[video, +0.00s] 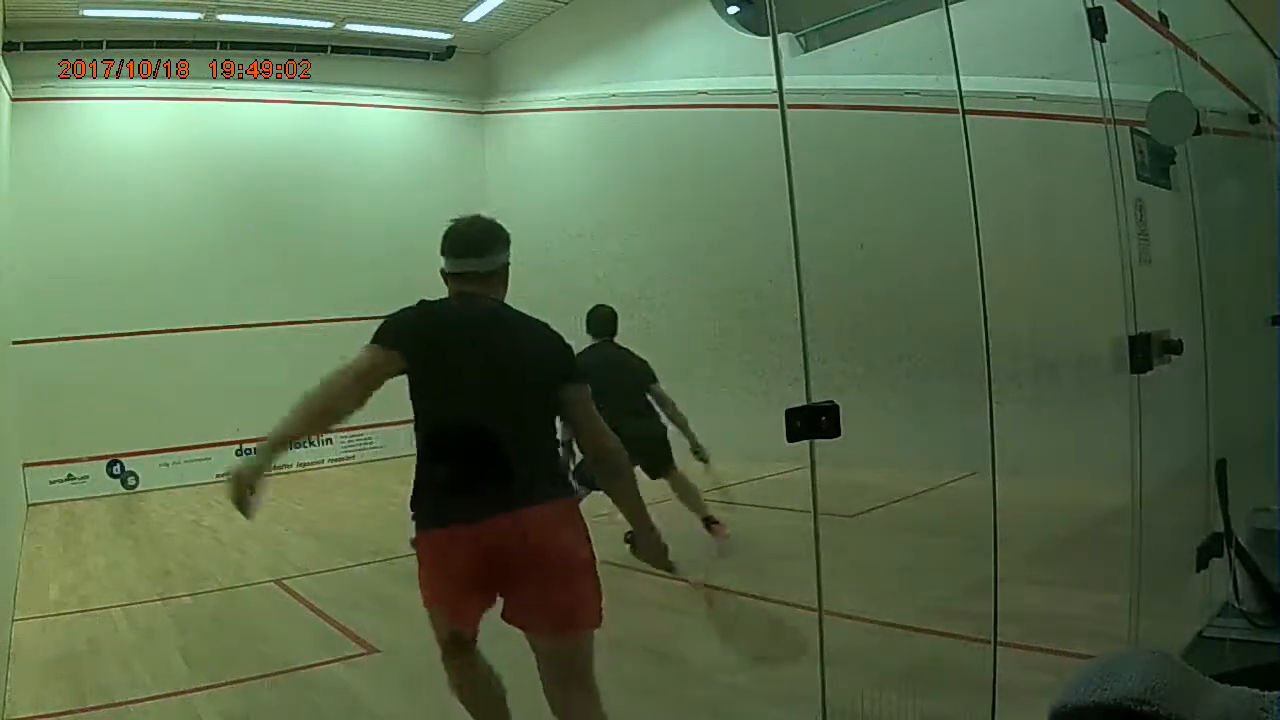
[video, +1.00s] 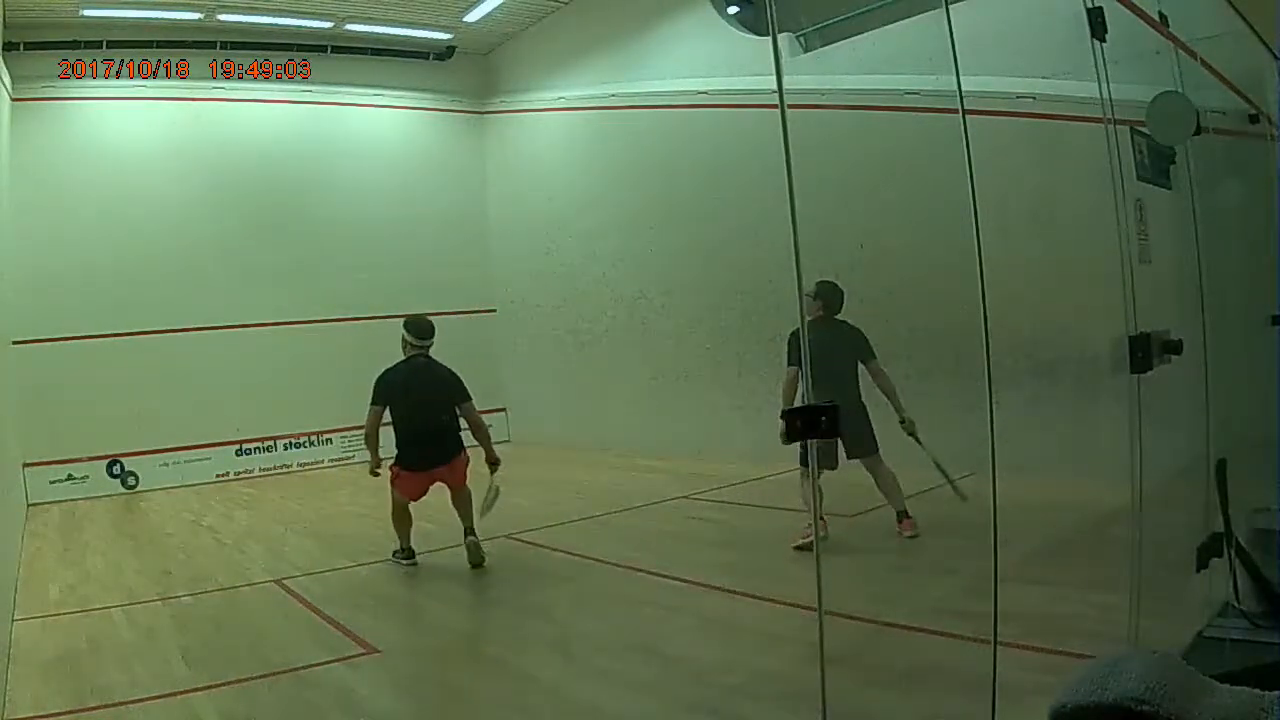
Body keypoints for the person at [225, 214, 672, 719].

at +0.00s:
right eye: (499, 270)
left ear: (446, 273)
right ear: (506, 273)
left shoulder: (413, 325)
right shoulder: (543, 340)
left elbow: (346, 389)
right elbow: (601, 447)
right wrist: (642, 527)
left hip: (450, 534)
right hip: (547, 527)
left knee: (460, 650)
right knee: (573, 687)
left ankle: (499, 718)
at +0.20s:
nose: (505, 289)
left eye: (504, 281)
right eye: (504, 281)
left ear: (449, 282)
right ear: (495, 280)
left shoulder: (413, 346)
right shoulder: (521, 333)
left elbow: (396, 448)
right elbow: (562, 424)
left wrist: (414, 515)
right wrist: (601, 497)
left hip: (459, 516)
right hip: (533, 502)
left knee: (492, 642)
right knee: (547, 600)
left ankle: (523, 716)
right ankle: (563, 681)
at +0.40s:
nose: (503, 282)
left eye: (497, 275)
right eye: (502, 275)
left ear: (457, 275)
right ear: (497, 274)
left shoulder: (424, 320)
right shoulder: (508, 319)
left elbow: (390, 397)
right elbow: (546, 397)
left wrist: (424, 429)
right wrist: (578, 459)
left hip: (449, 465)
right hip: (511, 455)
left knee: (482, 571)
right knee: (530, 555)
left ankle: (496, 653)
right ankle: (529, 653)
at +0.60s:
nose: (468, 297)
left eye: (453, 292)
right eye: (469, 291)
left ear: (436, 293)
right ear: (471, 292)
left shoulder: (415, 334)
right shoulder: (491, 331)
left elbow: (368, 379)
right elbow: (523, 396)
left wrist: (391, 432)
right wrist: (544, 445)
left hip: (442, 450)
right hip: (495, 443)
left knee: (456, 520)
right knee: (512, 534)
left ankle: (476, 600)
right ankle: (524, 621)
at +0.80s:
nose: (439, 315)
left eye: (429, 311)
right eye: (448, 310)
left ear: (424, 313)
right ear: (455, 312)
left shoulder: (408, 350)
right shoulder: (471, 348)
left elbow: (382, 405)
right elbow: (502, 393)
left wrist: (402, 440)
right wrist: (519, 437)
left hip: (426, 452)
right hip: (470, 444)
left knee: (430, 516)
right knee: (476, 501)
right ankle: (491, 562)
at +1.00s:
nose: (401, 342)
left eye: (402, 339)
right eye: (404, 338)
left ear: (405, 342)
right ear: (431, 343)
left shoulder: (389, 379)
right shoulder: (447, 375)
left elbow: (371, 426)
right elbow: (474, 421)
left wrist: (374, 456)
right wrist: (489, 451)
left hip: (413, 467)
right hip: (452, 460)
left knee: (400, 503)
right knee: (459, 488)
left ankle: (405, 550)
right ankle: (470, 534)